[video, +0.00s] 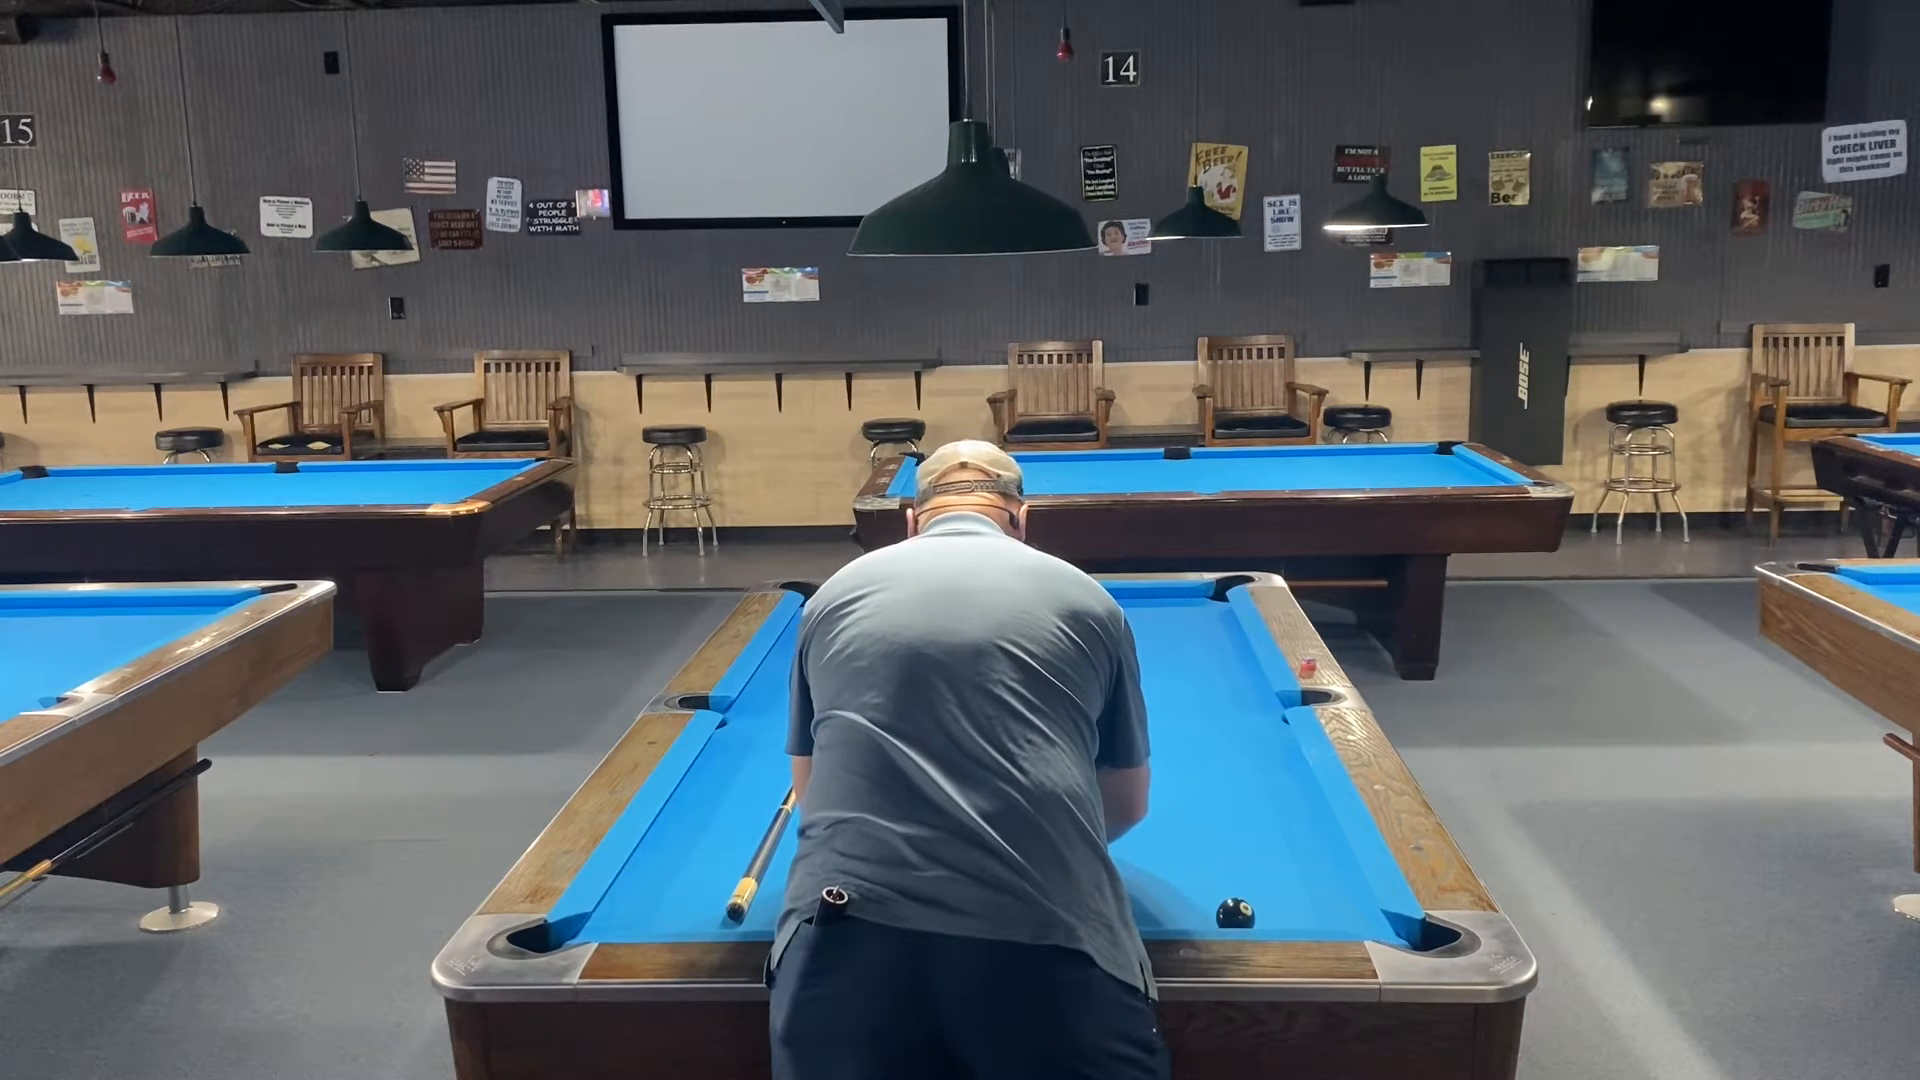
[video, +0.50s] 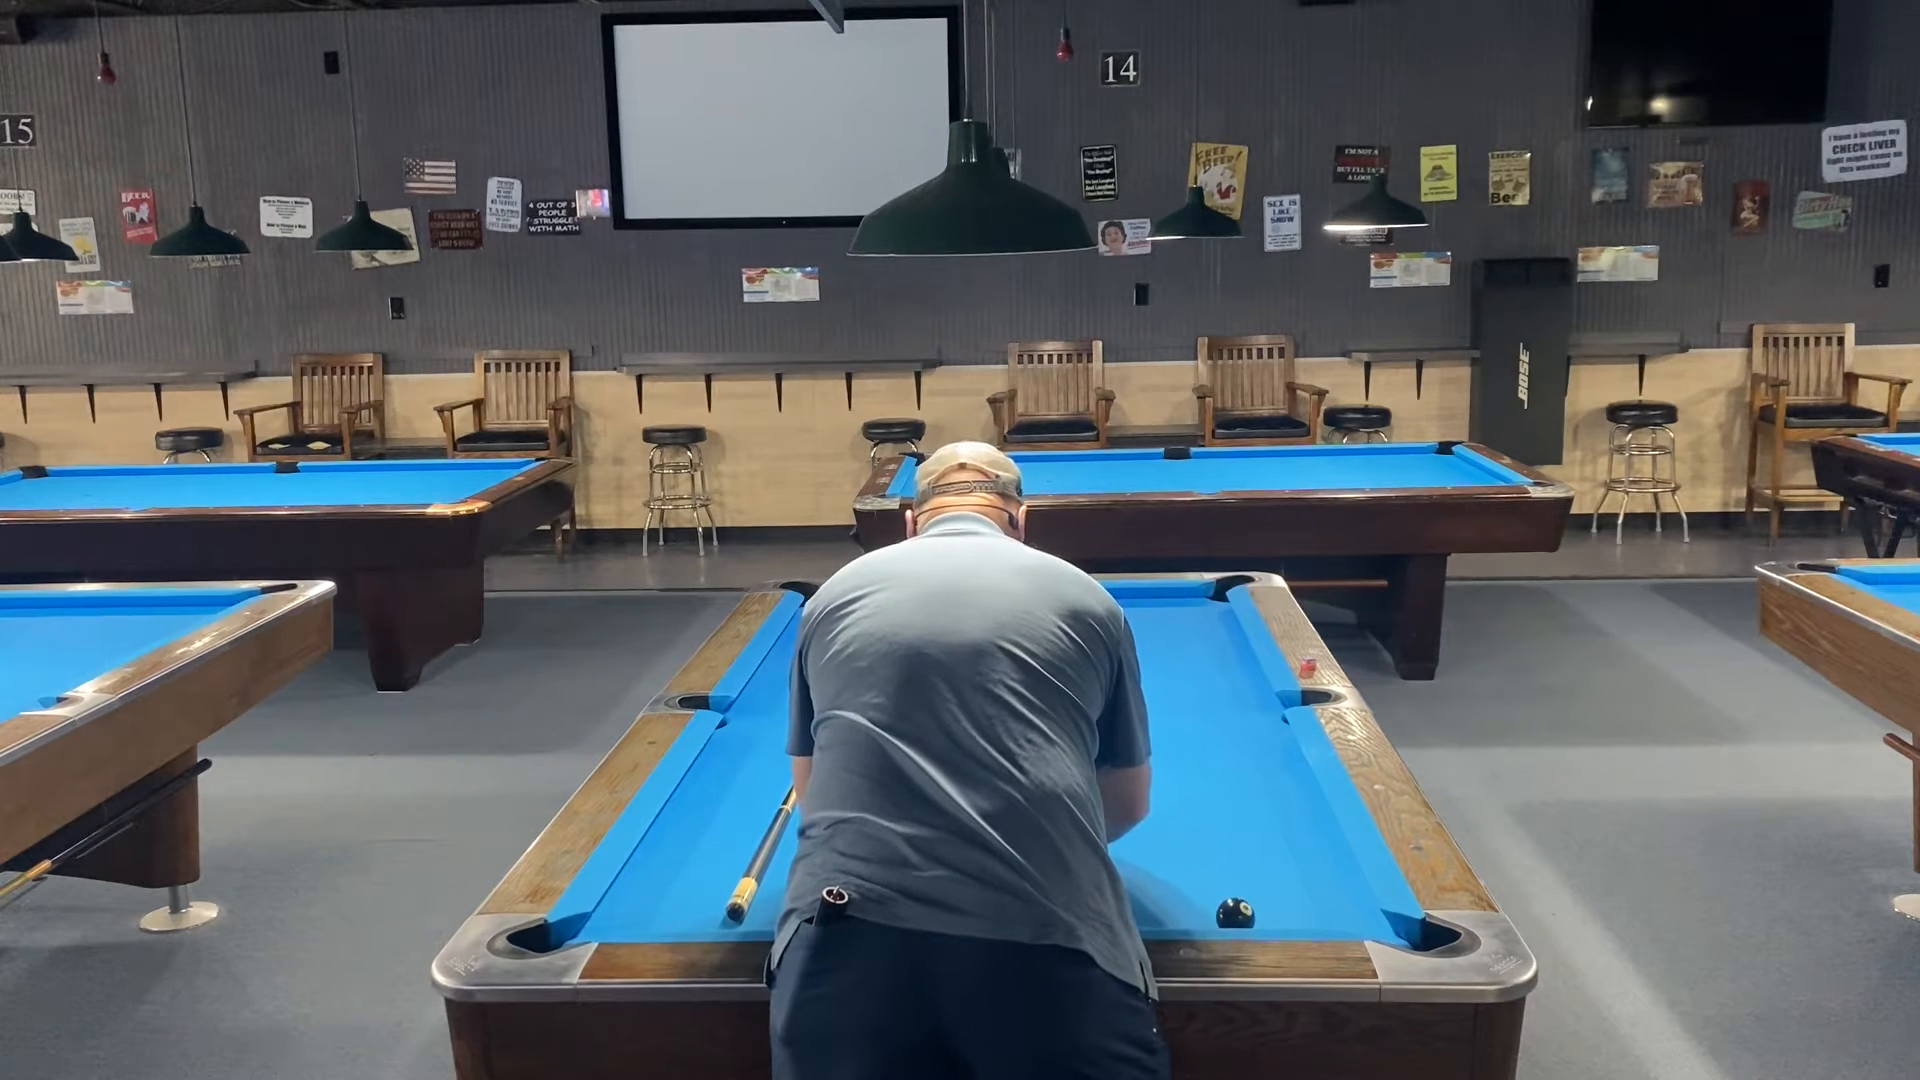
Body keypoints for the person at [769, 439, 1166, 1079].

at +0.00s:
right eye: (1020, 512)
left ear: (913, 519)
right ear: (1018, 517)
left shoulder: (835, 592)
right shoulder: (1089, 598)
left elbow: (809, 789)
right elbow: (1124, 801)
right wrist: (1030, 849)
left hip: (846, 956)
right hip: (1050, 963)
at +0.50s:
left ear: (912, 520)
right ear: (1018, 519)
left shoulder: (835, 591)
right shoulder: (1089, 597)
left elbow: (810, 787)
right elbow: (1125, 800)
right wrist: (1030, 848)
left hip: (847, 955)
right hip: (1051, 962)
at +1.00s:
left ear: (916, 502)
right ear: (1025, 506)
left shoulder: (828, 569)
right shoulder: (1097, 583)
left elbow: (786, 779)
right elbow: (1137, 784)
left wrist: (887, 795)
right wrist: (1059, 782)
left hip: (846, 965)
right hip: (1051, 972)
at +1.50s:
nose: (1044, 485)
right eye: (1041, 470)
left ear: (914, 461)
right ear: (1027, 462)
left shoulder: (809, 552)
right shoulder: (1101, 561)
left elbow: (761, 778)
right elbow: (1176, 789)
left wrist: (846, 831)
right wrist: (1154, 831)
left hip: (844, 987)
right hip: (1053, 1005)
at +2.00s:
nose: (1052, 477)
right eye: (1054, 464)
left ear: (938, 453)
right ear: (1052, 458)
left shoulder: (833, 549)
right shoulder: (1117, 562)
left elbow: (792, 772)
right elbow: (1214, 782)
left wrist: (880, 831)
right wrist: (1235, 881)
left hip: (848, 986)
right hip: (1056, 1005)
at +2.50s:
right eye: (1041, 484)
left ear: (927, 483)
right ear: (1037, 486)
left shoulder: (834, 570)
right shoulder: (1104, 576)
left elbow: (804, 780)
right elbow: (1153, 787)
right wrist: (1065, 827)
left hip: (850, 977)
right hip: (1057, 984)